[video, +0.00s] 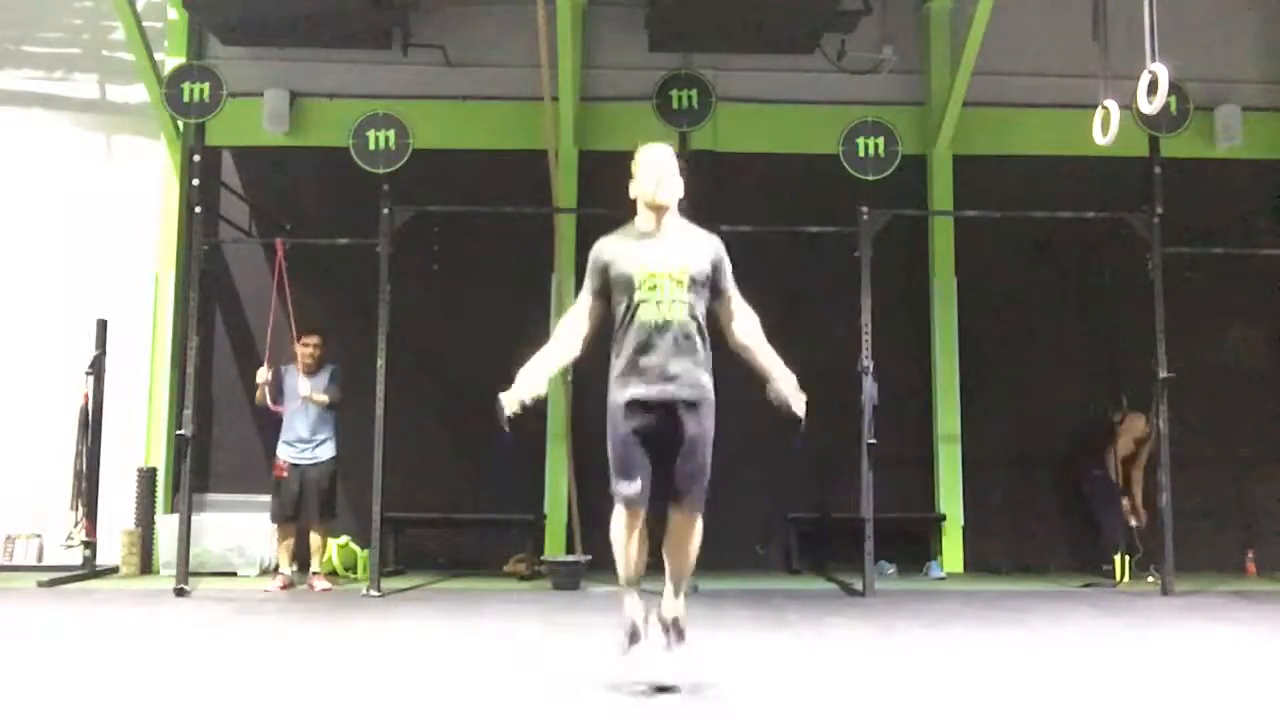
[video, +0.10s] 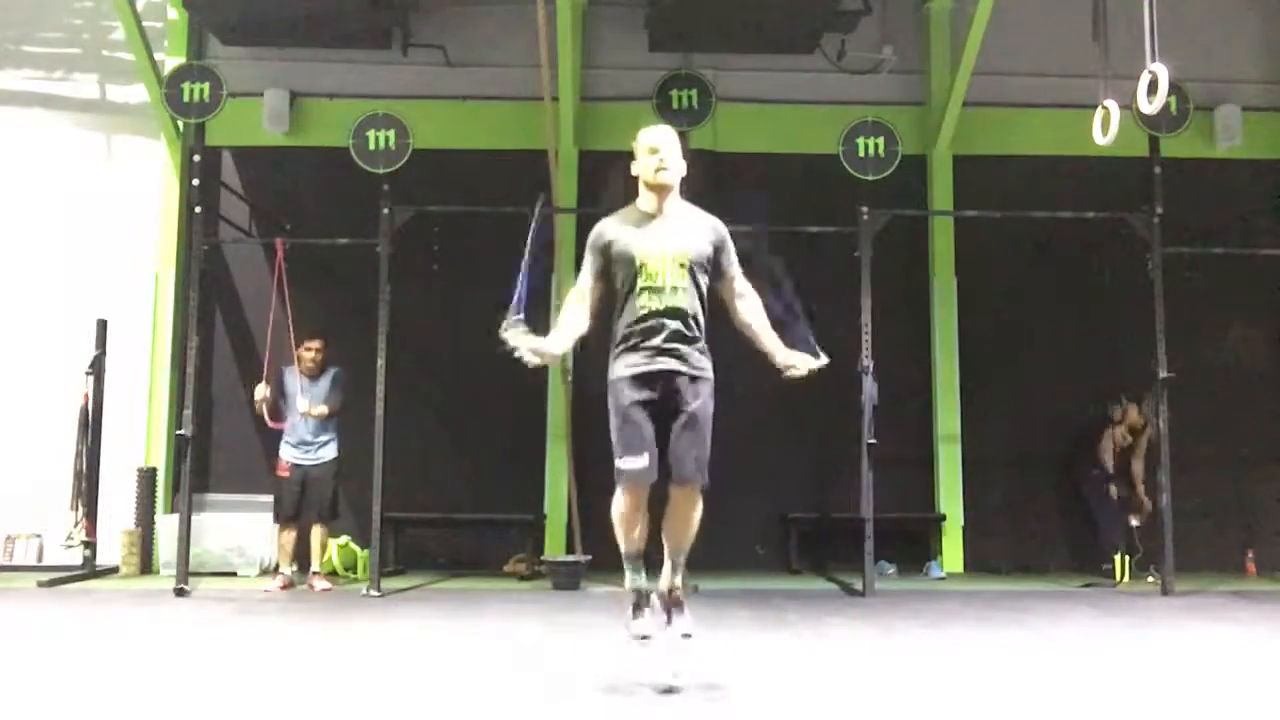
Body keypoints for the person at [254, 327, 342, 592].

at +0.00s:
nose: (310, 351)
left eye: (315, 347)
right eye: (305, 345)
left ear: (322, 351)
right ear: (296, 348)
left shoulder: (330, 373)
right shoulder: (284, 373)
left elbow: (333, 398)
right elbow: (263, 403)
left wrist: (311, 396)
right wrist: (263, 385)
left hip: (320, 453)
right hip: (288, 452)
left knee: (318, 517)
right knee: (285, 516)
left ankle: (316, 572)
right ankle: (284, 572)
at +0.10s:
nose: (312, 355)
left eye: (317, 351)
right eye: (308, 349)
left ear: (325, 355)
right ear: (298, 352)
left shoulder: (334, 376)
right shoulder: (285, 376)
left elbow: (334, 403)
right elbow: (269, 414)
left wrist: (317, 410)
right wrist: (262, 400)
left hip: (323, 455)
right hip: (291, 454)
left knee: (319, 517)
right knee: (287, 516)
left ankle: (316, 573)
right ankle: (284, 572)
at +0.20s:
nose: (315, 362)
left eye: (320, 357)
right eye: (311, 357)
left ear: (328, 359)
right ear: (302, 357)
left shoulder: (337, 381)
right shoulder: (288, 379)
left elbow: (337, 408)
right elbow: (274, 402)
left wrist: (325, 422)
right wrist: (265, 410)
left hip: (326, 458)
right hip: (293, 458)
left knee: (324, 516)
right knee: (286, 515)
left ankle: (316, 573)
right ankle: (284, 571)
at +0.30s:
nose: (319, 372)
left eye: (324, 367)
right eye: (314, 366)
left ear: (332, 367)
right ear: (306, 365)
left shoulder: (341, 388)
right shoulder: (294, 381)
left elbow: (339, 417)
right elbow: (278, 406)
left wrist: (324, 437)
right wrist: (269, 421)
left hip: (327, 462)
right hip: (294, 460)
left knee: (325, 517)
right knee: (278, 511)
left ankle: (316, 574)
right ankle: (276, 567)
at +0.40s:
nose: (320, 381)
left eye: (326, 376)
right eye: (316, 375)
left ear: (338, 374)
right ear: (311, 370)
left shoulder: (345, 395)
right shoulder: (298, 384)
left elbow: (340, 430)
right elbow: (281, 415)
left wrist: (320, 459)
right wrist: (273, 440)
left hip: (325, 456)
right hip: (293, 452)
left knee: (324, 515)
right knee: (262, 465)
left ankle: (316, 572)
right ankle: (269, 529)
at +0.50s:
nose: (322, 388)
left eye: (328, 385)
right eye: (320, 382)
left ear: (340, 381)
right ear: (316, 375)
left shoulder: (349, 401)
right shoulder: (301, 386)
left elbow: (342, 441)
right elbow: (285, 423)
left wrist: (321, 475)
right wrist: (280, 460)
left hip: (328, 457)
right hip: (298, 449)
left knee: (321, 514)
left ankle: (316, 571)